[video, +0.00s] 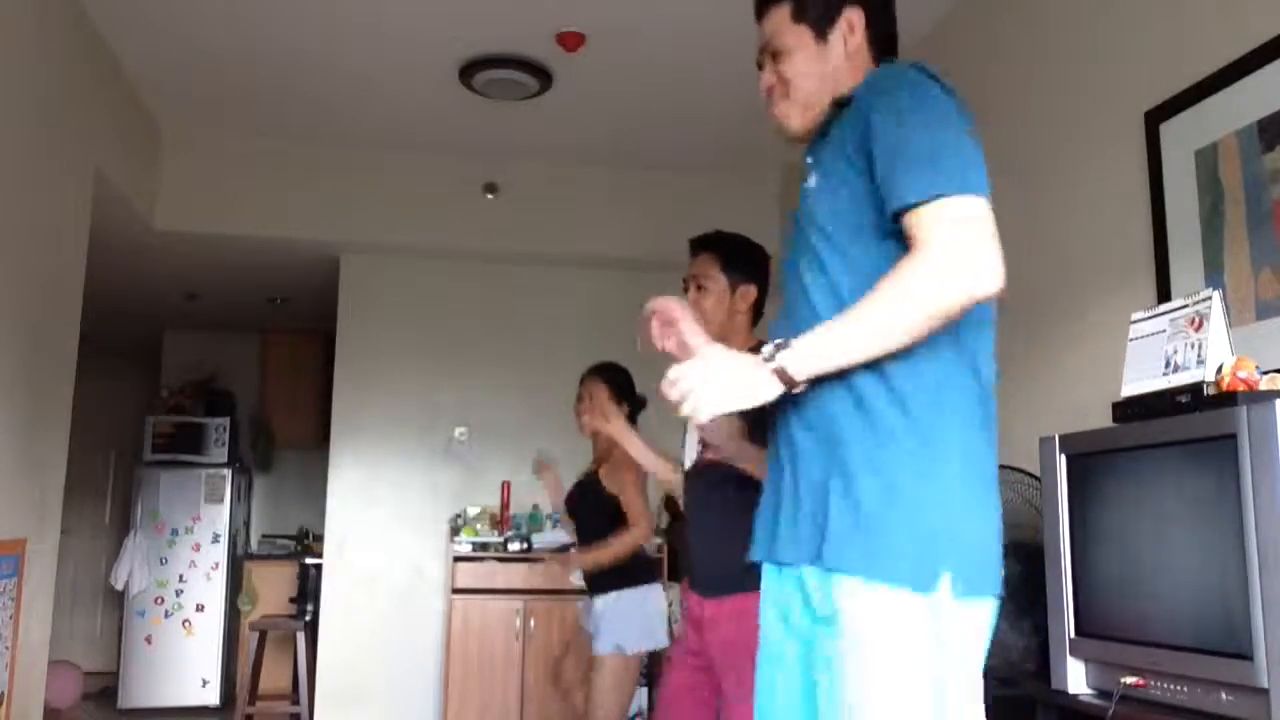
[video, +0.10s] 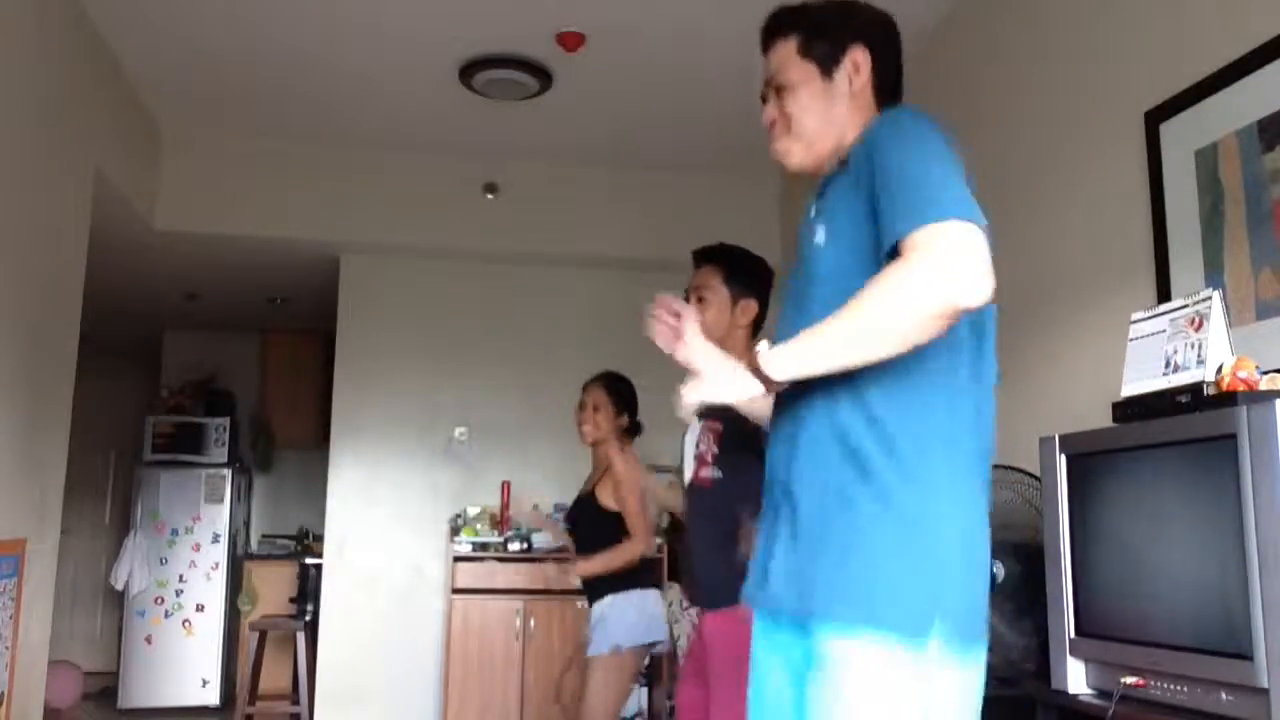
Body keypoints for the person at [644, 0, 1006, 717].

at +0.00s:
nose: (765, 80)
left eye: (776, 54)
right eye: (762, 62)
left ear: (848, 31)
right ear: (845, 35)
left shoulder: (897, 95)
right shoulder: (829, 162)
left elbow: (966, 258)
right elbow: (825, 357)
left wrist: (775, 369)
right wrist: (718, 356)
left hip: (897, 554)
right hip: (810, 549)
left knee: (890, 708)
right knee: (797, 708)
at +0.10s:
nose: (766, 115)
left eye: (781, 89)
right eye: (765, 97)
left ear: (854, 72)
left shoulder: (899, 139)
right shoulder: (825, 217)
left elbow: (953, 269)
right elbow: (816, 421)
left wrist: (773, 365)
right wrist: (714, 364)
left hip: (889, 595)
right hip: (797, 590)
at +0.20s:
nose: (768, 117)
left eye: (783, 91)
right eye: (767, 100)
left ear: (856, 80)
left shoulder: (897, 151)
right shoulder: (827, 218)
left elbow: (969, 289)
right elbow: (806, 418)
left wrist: (725, 360)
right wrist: (717, 350)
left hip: (883, 623)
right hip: (819, 614)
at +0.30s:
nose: (771, 87)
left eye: (785, 61)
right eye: (770, 70)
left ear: (861, 46)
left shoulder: (921, 128)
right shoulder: (834, 193)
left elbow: (948, 282)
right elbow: (830, 374)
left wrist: (724, 359)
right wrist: (723, 371)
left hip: (893, 602)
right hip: (810, 592)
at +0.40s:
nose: (783, 99)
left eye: (796, 72)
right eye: (781, 82)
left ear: (875, 51)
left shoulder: (954, 143)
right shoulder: (831, 221)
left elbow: (929, 286)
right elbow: (746, 346)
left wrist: (789, 347)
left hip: (918, 601)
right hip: (799, 590)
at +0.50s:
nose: (785, 123)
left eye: (803, 95)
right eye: (786, 103)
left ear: (881, 85)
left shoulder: (951, 172)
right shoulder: (819, 260)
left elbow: (1010, 254)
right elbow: (716, 348)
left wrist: (793, 395)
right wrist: (591, 425)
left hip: (935, 648)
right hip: (805, 631)